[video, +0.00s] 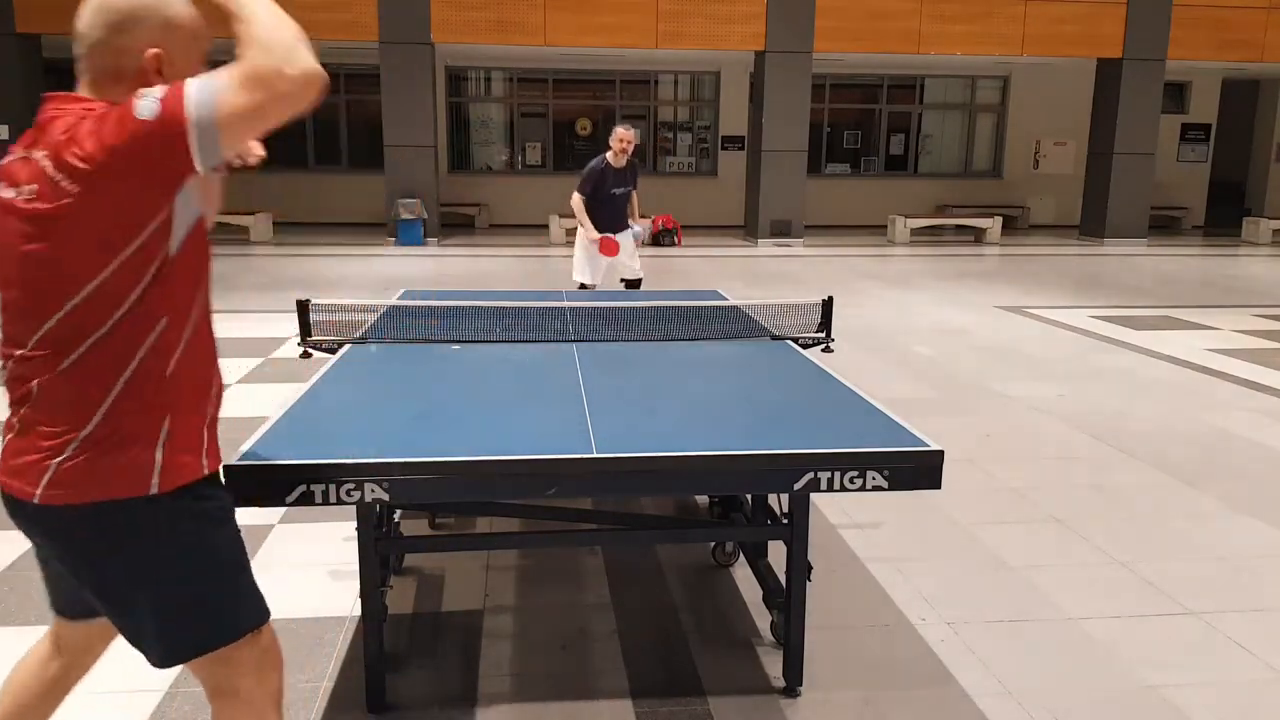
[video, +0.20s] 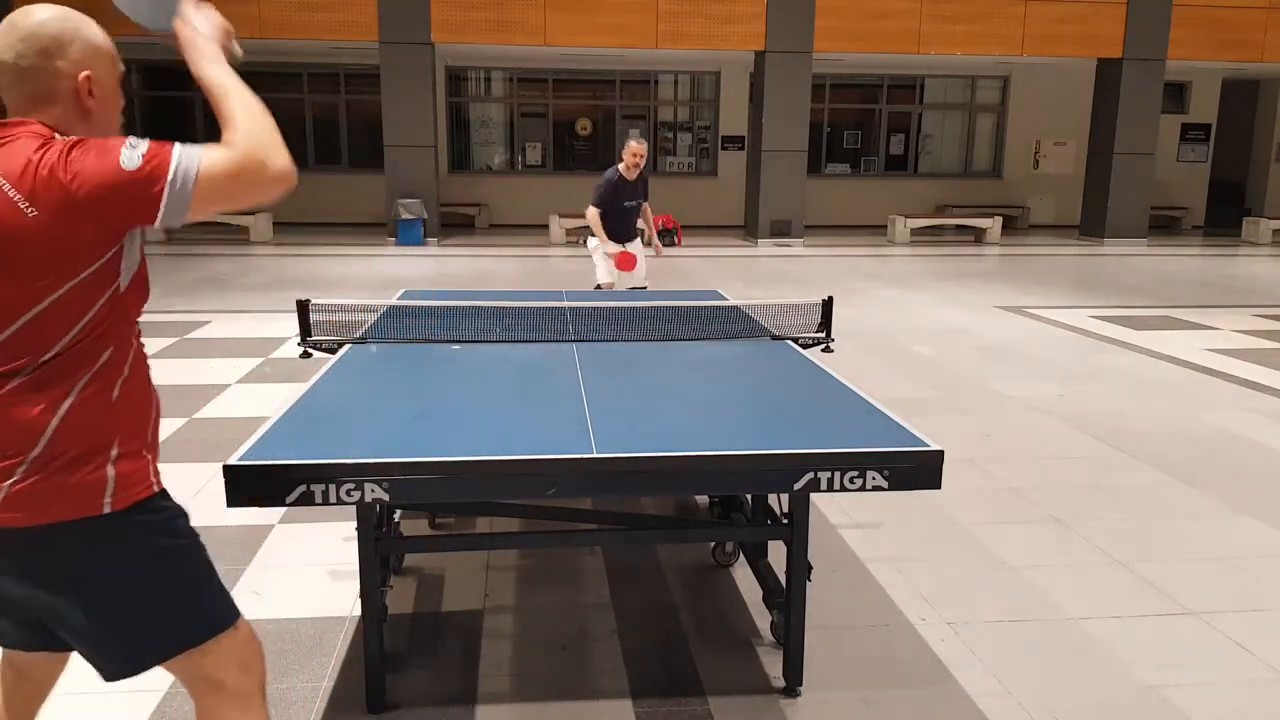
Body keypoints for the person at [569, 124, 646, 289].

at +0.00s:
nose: (624, 146)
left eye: (629, 143)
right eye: (621, 141)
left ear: (634, 145)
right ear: (611, 142)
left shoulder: (631, 166)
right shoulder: (596, 167)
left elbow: (632, 193)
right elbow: (576, 199)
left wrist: (636, 221)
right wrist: (590, 231)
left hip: (622, 233)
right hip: (594, 235)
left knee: (634, 279)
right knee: (588, 285)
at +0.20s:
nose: (638, 161)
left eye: (642, 157)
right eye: (634, 155)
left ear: (646, 158)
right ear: (624, 154)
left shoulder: (642, 179)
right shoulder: (610, 179)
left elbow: (644, 207)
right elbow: (592, 213)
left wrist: (654, 237)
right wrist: (606, 244)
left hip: (632, 241)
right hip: (605, 241)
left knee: (638, 288)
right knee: (607, 286)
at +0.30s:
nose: (643, 162)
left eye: (647, 158)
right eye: (639, 157)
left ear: (651, 159)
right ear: (629, 154)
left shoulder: (645, 177)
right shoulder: (615, 178)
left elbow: (645, 206)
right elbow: (604, 216)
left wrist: (655, 234)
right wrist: (629, 240)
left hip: (629, 237)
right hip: (605, 234)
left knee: (637, 282)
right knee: (614, 279)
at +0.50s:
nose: (650, 180)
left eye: (655, 176)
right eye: (648, 174)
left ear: (658, 174)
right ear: (636, 164)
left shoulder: (641, 183)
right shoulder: (619, 187)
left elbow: (642, 211)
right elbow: (626, 230)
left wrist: (656, 232)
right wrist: (648, 220)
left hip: (628, 238)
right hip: (606, 238)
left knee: (636, 284)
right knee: (626, 284)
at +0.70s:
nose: (647, 187)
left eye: (651, 184)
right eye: (645, 181)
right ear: (635, 171)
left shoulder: (635, 185)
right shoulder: (614, 193)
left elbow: (641, 202)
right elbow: (608, 228)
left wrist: (659, 214)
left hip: (631, 244)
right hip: (613, 247)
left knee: (641, 286)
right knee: (632, 288)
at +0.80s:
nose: (643, 175)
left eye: (647, 172)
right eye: (641, 170)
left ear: (652, 169)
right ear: (631, 161)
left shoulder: (636, 176)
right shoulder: (613, 181)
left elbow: (645, 186)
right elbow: (595, 208)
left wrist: (668, 197)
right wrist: (576, 235)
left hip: (634, 237)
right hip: (613, 239)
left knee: (642, 284)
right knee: (630, 286)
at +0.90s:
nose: (639, 165)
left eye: (644, 161)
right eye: (636, 159)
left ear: (648, 158)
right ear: (626, 151)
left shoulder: (639, 169)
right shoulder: (609, 173)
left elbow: (648, 181)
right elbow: (586, 194)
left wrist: (676, 190)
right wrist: (566, 215)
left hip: (636, 235)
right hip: (613, 236)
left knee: (642, 284)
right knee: (625, 285)